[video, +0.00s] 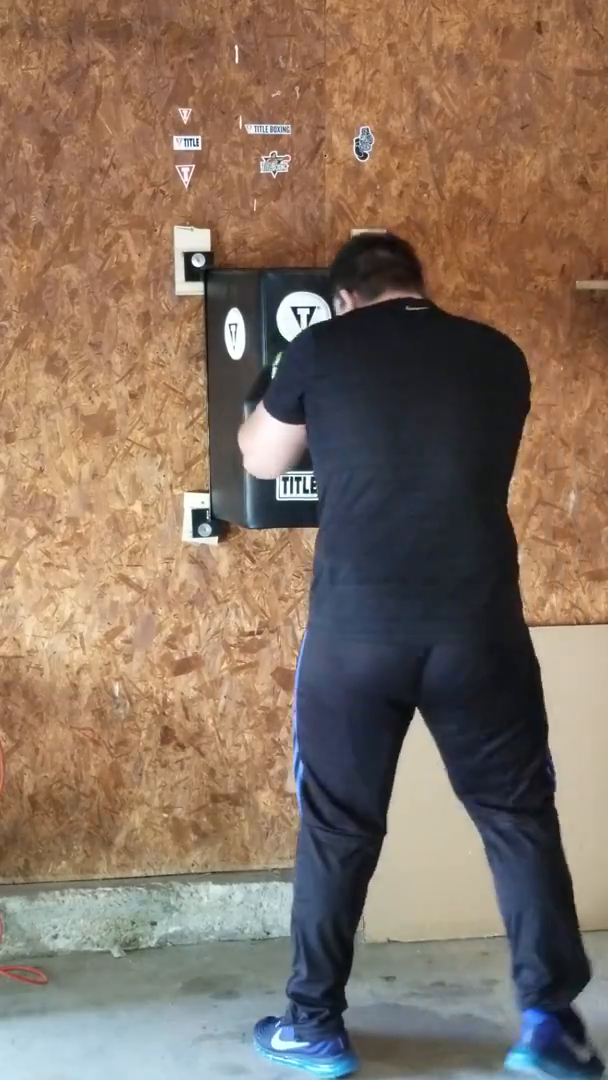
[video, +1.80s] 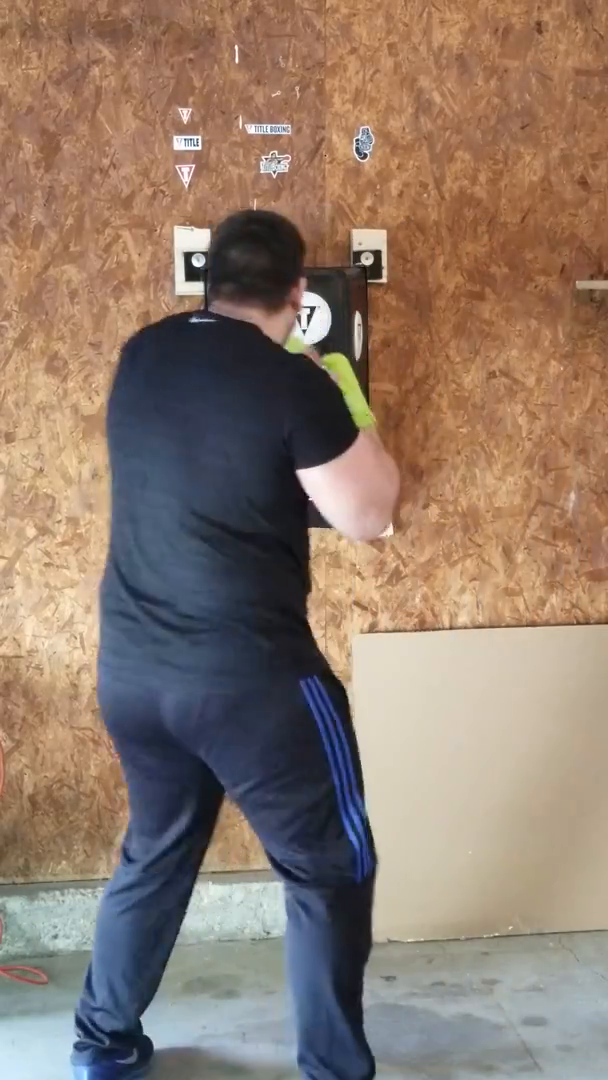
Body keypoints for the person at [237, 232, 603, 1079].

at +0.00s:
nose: (333, 309)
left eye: (331, 300)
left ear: (347, 297)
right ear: (424, 285)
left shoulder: (323, 350)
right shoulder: (502, 354)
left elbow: (261, 455)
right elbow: (473, 451)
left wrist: (321, 390)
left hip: (359, 631)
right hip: (478, 630)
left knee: (336, 825)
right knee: (518, 814)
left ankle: (314, 1023)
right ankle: (549, 1017)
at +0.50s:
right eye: (464, 298)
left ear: (384, 285)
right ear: (472, 298)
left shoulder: (312, 347)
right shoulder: (513, 377)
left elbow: (229, 449)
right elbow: (518, 506)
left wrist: (301, 396)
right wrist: (451, 436)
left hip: (297, 650)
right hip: (417, 655)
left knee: (293, 852)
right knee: (436, 874)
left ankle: (278, 1044)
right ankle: (428, 1066)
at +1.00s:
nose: (360, 309)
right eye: (361, 296)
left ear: (267, 285)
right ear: (358, 298)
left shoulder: (192, 355)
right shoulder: (389, 378)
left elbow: (150, 452)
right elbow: (450, 496)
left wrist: (245, 427)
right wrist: (375, 461)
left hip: (199, 668)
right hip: (324, 668)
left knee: (203, 858)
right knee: (375, 873)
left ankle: (165, 1051)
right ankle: (412, 1065)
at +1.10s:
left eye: (242, 280)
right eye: (308, 282)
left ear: (230, 284)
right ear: (321, 286)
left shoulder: (173, 352)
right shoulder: (377, 355)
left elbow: (121, 448)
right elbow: (433, 419)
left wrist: (209, 419)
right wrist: (348, 341)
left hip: (201, 659)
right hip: (326, 659)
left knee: (192, 862)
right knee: (346, 874)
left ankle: (164, 1052)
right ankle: (355, 1065)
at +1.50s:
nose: (360, 306)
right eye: (360, 293)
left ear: (259, 291)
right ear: (350, 300)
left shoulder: (183, 363)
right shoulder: (390, 383)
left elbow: (123, 464)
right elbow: (425, 509)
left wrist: (211, 425)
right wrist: (347, 458)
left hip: (197, 678)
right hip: (320, 685)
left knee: (190, 842)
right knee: (320, 903)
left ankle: (147, 1037)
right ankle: (326, 1069)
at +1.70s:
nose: (340, 296)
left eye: (336, 282)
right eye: (339, 283)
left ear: (238, 279)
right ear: (323, 291)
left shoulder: (176, 349)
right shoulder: (324, 380)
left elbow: (224, 459)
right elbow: (396, 503)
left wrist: (343, 487)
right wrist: (376, 423)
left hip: (154, 672)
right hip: (268, 681)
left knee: (173, 845)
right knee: (329, 890)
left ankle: (108, 1042)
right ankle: (326, 1069)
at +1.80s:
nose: (304, 299)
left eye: (304, 287)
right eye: (303, 287)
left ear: (206, 281)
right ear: (293, 293)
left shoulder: (140, 354)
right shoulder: (294, 387)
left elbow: (201, 449)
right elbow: (369, 513)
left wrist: (288, 379)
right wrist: (357, 415)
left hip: (133, 673)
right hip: (249, 678)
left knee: (155, 848)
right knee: (328, 869)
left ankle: (103, 1043)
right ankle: (333, 1063)